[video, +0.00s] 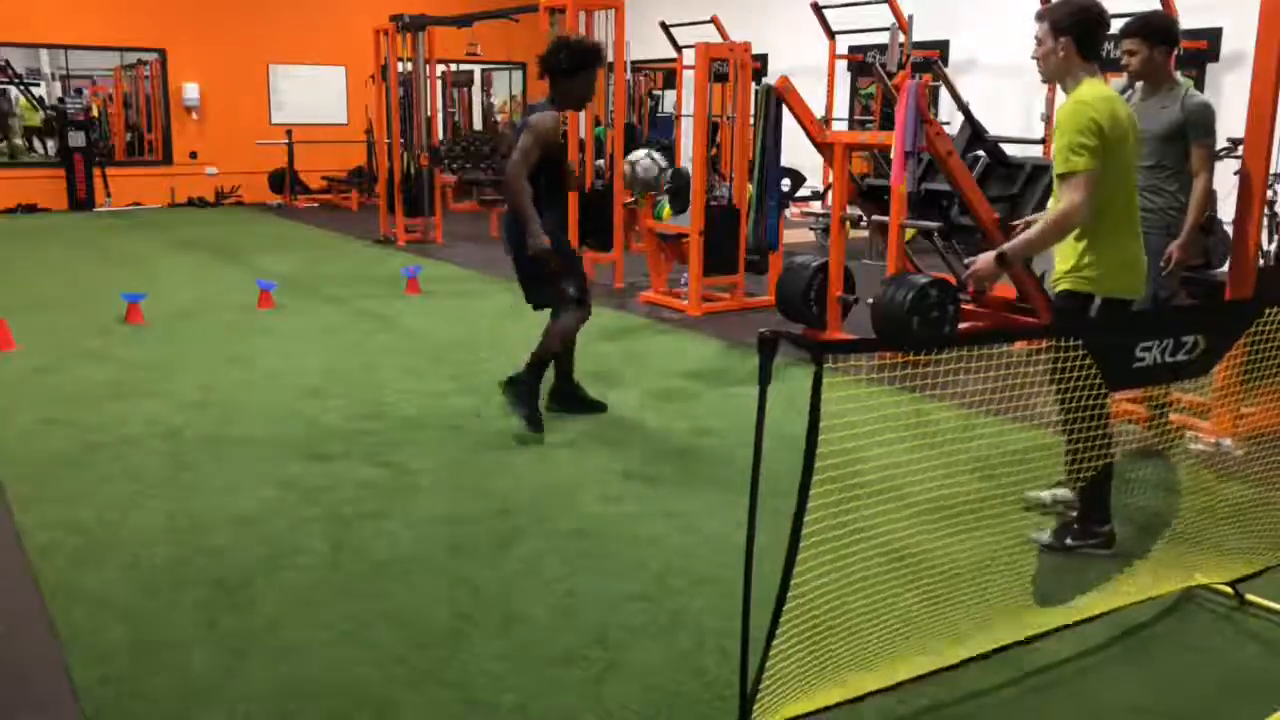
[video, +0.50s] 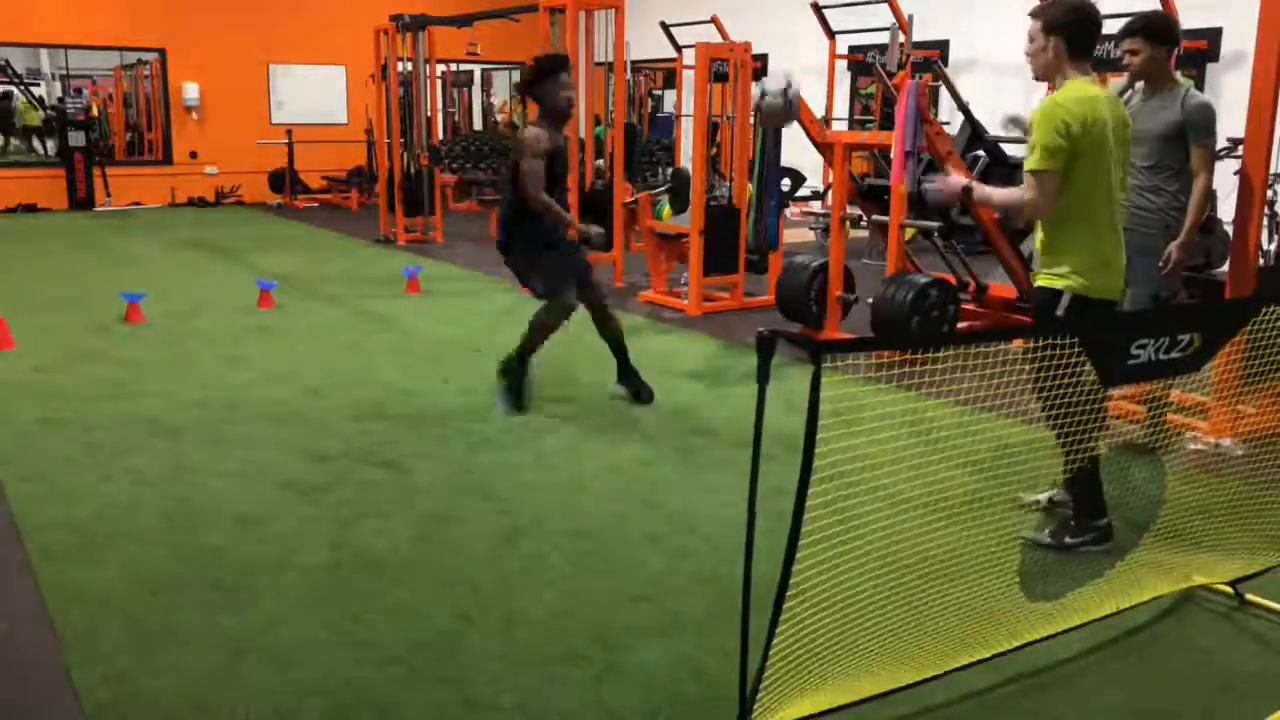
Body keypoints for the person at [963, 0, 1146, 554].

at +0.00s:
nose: (1034, 52)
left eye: (1040, 42)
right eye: (1035, 42)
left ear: (1064, 46)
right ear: (1074, 47)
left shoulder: (1080, 108)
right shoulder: (1110, 104)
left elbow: (1075, 207)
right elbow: (1101, 199)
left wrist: (1002, 257)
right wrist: (1044, 220)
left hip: (1089, 280)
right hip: (1111, 277)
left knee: (1080, 398)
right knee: (1083, 391)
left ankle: (1094, 524)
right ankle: (1083, 493)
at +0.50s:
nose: (1028, 50)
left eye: (1033, 40)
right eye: (1030, 39)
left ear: (1055, 44)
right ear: (1079, 45)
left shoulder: (1057, 109)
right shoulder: (1112, 106)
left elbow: (1038, 199)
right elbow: (1103, 192)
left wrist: (971, 192)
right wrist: (1018, 206)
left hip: (1067, 278)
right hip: (1103, 276)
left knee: (1057, 391)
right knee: (1080, 386)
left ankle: (1089, 519)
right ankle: (1080, 488)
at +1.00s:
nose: (1002, 63)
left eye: (1011, 52)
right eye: (999, 52)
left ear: (1048, 49)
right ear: (1006, 55)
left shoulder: (1059, 97)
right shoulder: (1026, 104)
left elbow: (974, 139)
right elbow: (971, 143)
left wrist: (971, 75)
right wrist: (964, 81)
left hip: (1050, 265)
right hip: (1020, 264)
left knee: (1024, 392)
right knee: (1013, 389)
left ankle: (1061, 514)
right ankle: (1063, 495)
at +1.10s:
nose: (1002, 66)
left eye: (1014, 56)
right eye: (996, 56)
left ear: (1045, 56)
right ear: (991, 57)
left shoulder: (1062, 116)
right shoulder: (1001, 119)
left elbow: (1036, 195)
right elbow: (987, 204)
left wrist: (979, 165)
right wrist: (948, 158)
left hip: (1038, 274)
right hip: (992, 269)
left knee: (1019, 394)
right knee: (953, 369)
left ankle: (1062, 515)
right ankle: (1034, 460)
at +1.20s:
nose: (988, 70)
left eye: (1001, 60)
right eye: (981, 60)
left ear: (1027, 61)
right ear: (973, 62)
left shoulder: (1052, 122)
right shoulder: (968, 127)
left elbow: (1062, 207)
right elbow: (964, 200)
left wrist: (984, 205)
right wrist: (935, 221)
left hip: (1025, 279)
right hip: (968, 276)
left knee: (1014, 391)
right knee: (915, 356)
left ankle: (1059, 509)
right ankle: (960, 447)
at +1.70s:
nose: (912, 74)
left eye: (923, 64)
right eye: (902, 65)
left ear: (944, 63)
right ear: (892, 68)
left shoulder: (975, 114)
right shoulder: (888, 122)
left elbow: (1026, 179)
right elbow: (863, 170)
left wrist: (986, 230)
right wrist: (809, 160)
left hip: (981, 274)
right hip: (914, 273)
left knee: (1011, 386)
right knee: (882, 370)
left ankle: (1048, 502)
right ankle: (864, 468)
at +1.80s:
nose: (925, 79)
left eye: (934, 68)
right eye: (914, 70)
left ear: (951, 64)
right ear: (900, 71)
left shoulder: (983, 118)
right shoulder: (895, 122)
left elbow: (1045, 171)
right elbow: (862, 159)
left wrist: (1050, 233)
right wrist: (810, 129)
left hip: (990, 273)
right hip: (922, 273)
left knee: (1017, 386)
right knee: (887, 367)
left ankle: (1055, 505)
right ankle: (864, 468)